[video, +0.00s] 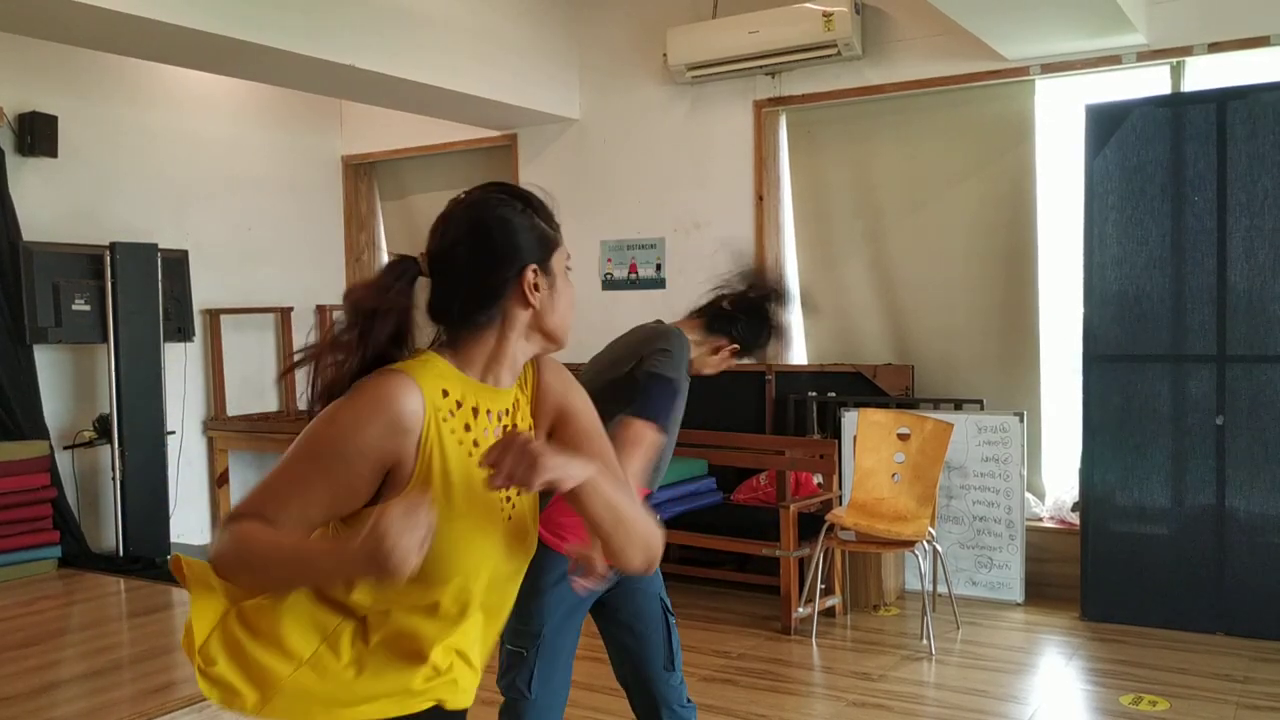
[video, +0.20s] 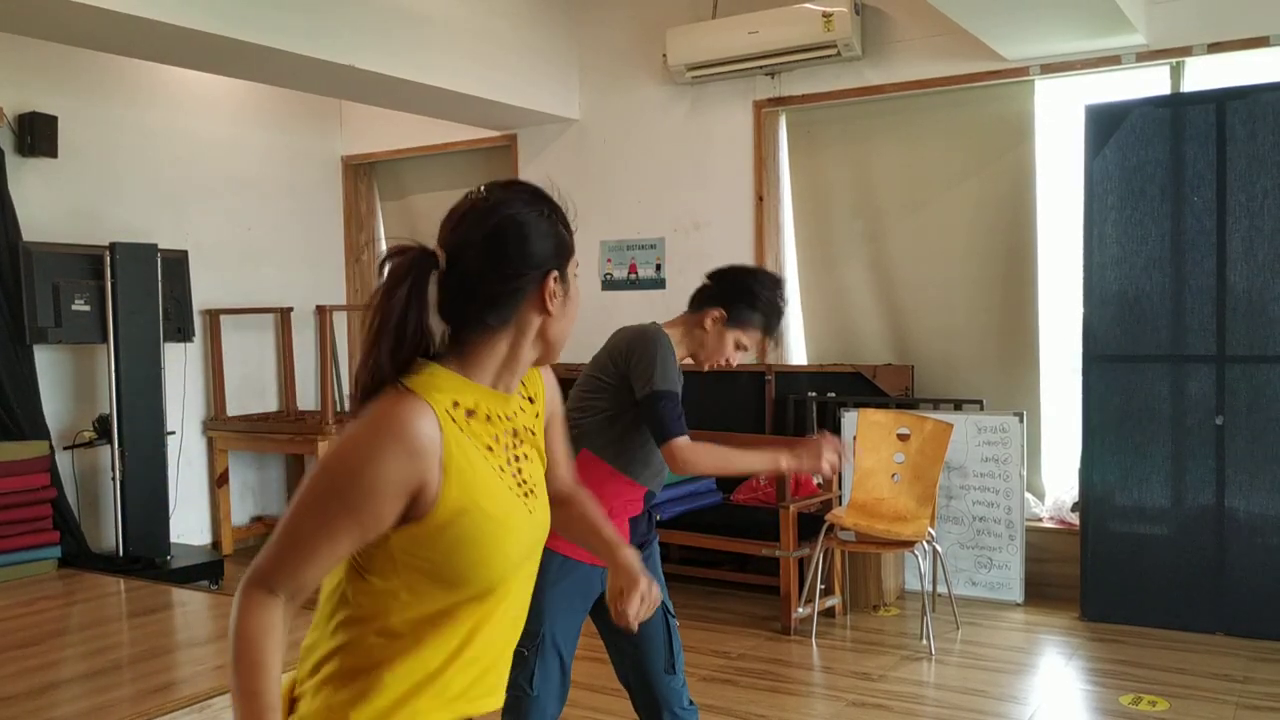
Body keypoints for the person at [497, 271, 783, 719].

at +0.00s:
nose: (719, 372)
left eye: (728, 366)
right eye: (730, 364)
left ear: (700, 316)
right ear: (725, 348)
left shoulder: (649, 340)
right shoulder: (668, 351)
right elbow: (633, 442)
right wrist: (605, 540)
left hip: (622, 546)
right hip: (564, 544)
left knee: (663, 695)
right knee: (534, 700)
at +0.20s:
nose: (734, 362)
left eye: (745, 354)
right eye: (739, 346)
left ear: (711, 317)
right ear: (712, 317)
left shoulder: (665, 358)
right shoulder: (647, 345)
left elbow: (690, 444)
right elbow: (681, 457)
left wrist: (791, 449)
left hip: (628, 542)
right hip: (571, 540)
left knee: (666, 698)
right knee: (535, 696)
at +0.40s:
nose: (695, 304)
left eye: (710, 294)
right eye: (685, 287)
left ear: (722, 299)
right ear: (661, 283)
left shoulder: (684, 374)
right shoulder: (623, 338)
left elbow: (656, 462)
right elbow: (591, 444)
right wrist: (685, 460)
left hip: (641, 540)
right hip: (572, 537)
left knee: (668, 690)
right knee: (538, 687)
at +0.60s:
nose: (611, 275)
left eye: (624, 263)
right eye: (601, 263)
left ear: (656, 270)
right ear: (590, 272)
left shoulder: (684, 360)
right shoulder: (556, 347)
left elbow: (742, 454)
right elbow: (509, 430)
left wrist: (798, 533)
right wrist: (500, 519)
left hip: (643, 551)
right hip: (556, 549)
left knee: (674, 702)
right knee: (525, 695)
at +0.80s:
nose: (479, 333)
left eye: (472, 323)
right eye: (472, 323)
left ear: (481, 322)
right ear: (520, 287)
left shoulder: (560, 357)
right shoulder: (538, 352)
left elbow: (635, 439)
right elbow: (564, 441)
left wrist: (685, 526)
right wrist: (502, 439)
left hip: (619, 543)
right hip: (554, 536)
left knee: (662, 692)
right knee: (529, 679)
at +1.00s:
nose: (477, 345)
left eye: (469, 336)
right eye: (471, 338)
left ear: (473, 324)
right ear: (512, 293)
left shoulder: (534, 350)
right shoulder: (558, 338)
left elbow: (541, 469)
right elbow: (635, 412)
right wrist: (600, 481)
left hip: (608, 541)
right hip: (550, 539)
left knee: (649, 693)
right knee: (519, 680)